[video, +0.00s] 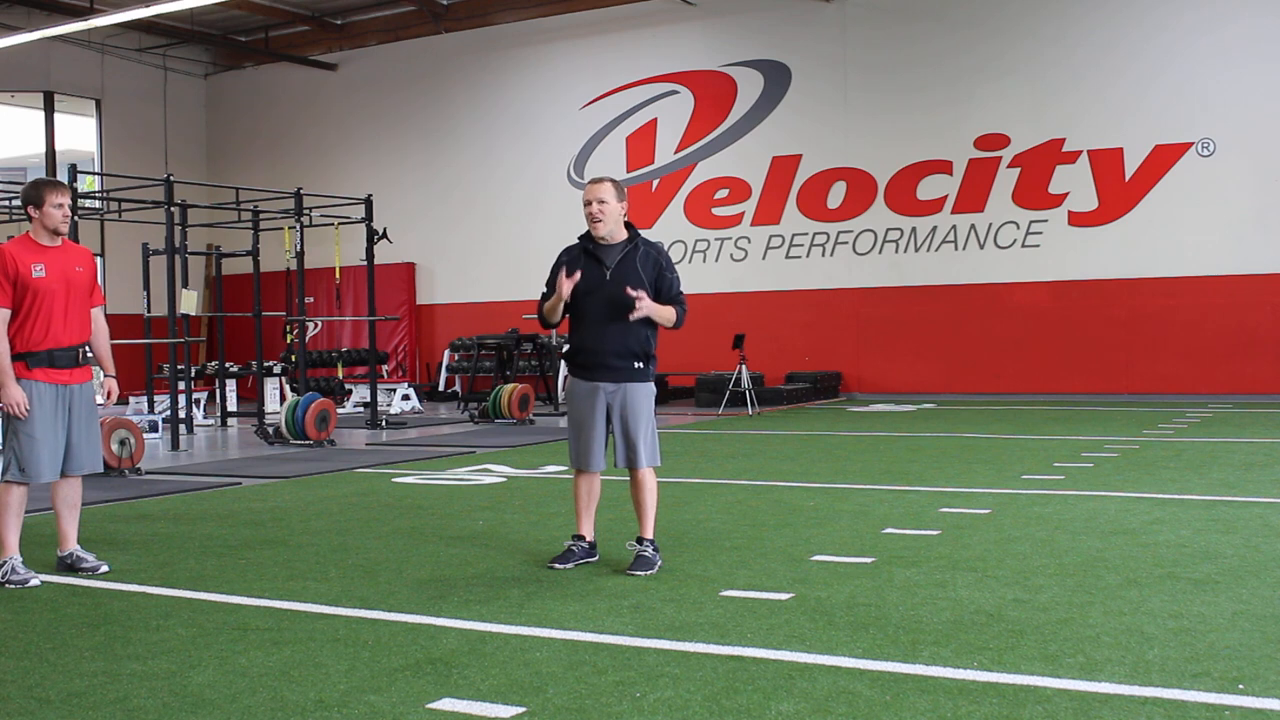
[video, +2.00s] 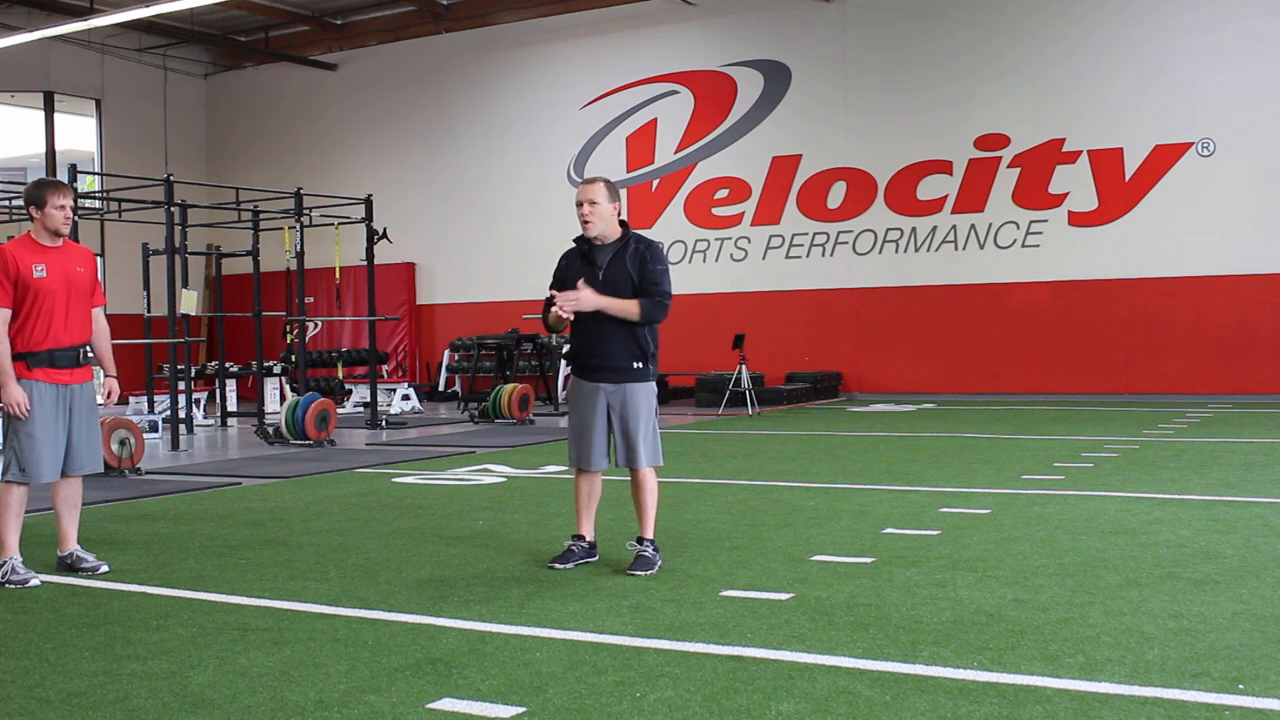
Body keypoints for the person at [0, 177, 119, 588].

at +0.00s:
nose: (66, 213)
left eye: (69, 206)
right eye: (57, 206)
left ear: (70, 210)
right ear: (33, 211)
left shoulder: (84, 257)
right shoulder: (11, 255)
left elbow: (96, 319)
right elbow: (0, 326)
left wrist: (109, 371)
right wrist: (7, 382)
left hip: (77, 376)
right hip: (30, 378)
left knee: (72, 466)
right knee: (18, 473)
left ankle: (69, 551)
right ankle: (9, 560)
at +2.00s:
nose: (67, 214)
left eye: (70, 207)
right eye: (59, 207)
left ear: (72, 211)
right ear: (35, 212)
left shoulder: (85, 257)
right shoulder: (11, 255)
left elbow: (97, 319)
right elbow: (1, 325)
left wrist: (110, 371)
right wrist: (7, 382)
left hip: (78, 377)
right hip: (30, 378)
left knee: (72, 466)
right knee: (19, 473)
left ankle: (69, 551)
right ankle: (9, 559)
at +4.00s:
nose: (66, 216)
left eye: (70, 210)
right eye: (58, 209)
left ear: (73, 212)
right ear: (36, 212)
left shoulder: (85, 257)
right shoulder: (12, 255)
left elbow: (97, 320)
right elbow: (2, 326)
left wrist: (110, 372)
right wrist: (9, 382)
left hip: (78, 377)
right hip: (31, 378)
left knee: (72, 466)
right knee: (19, 473)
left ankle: (69, 550)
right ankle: (10, 560)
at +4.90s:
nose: (65, 217)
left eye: (69, 210)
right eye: (56, 210)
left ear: (73, 212)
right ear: (34, 212)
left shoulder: (85, 257)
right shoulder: (11, 255)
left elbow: (97, 319)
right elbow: (1, 326)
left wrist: (110, 371)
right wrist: (8, 382)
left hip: (78, 376)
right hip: (30, 378)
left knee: (73, 466)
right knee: (19, 473)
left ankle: (69, 551)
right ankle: (9, 559)